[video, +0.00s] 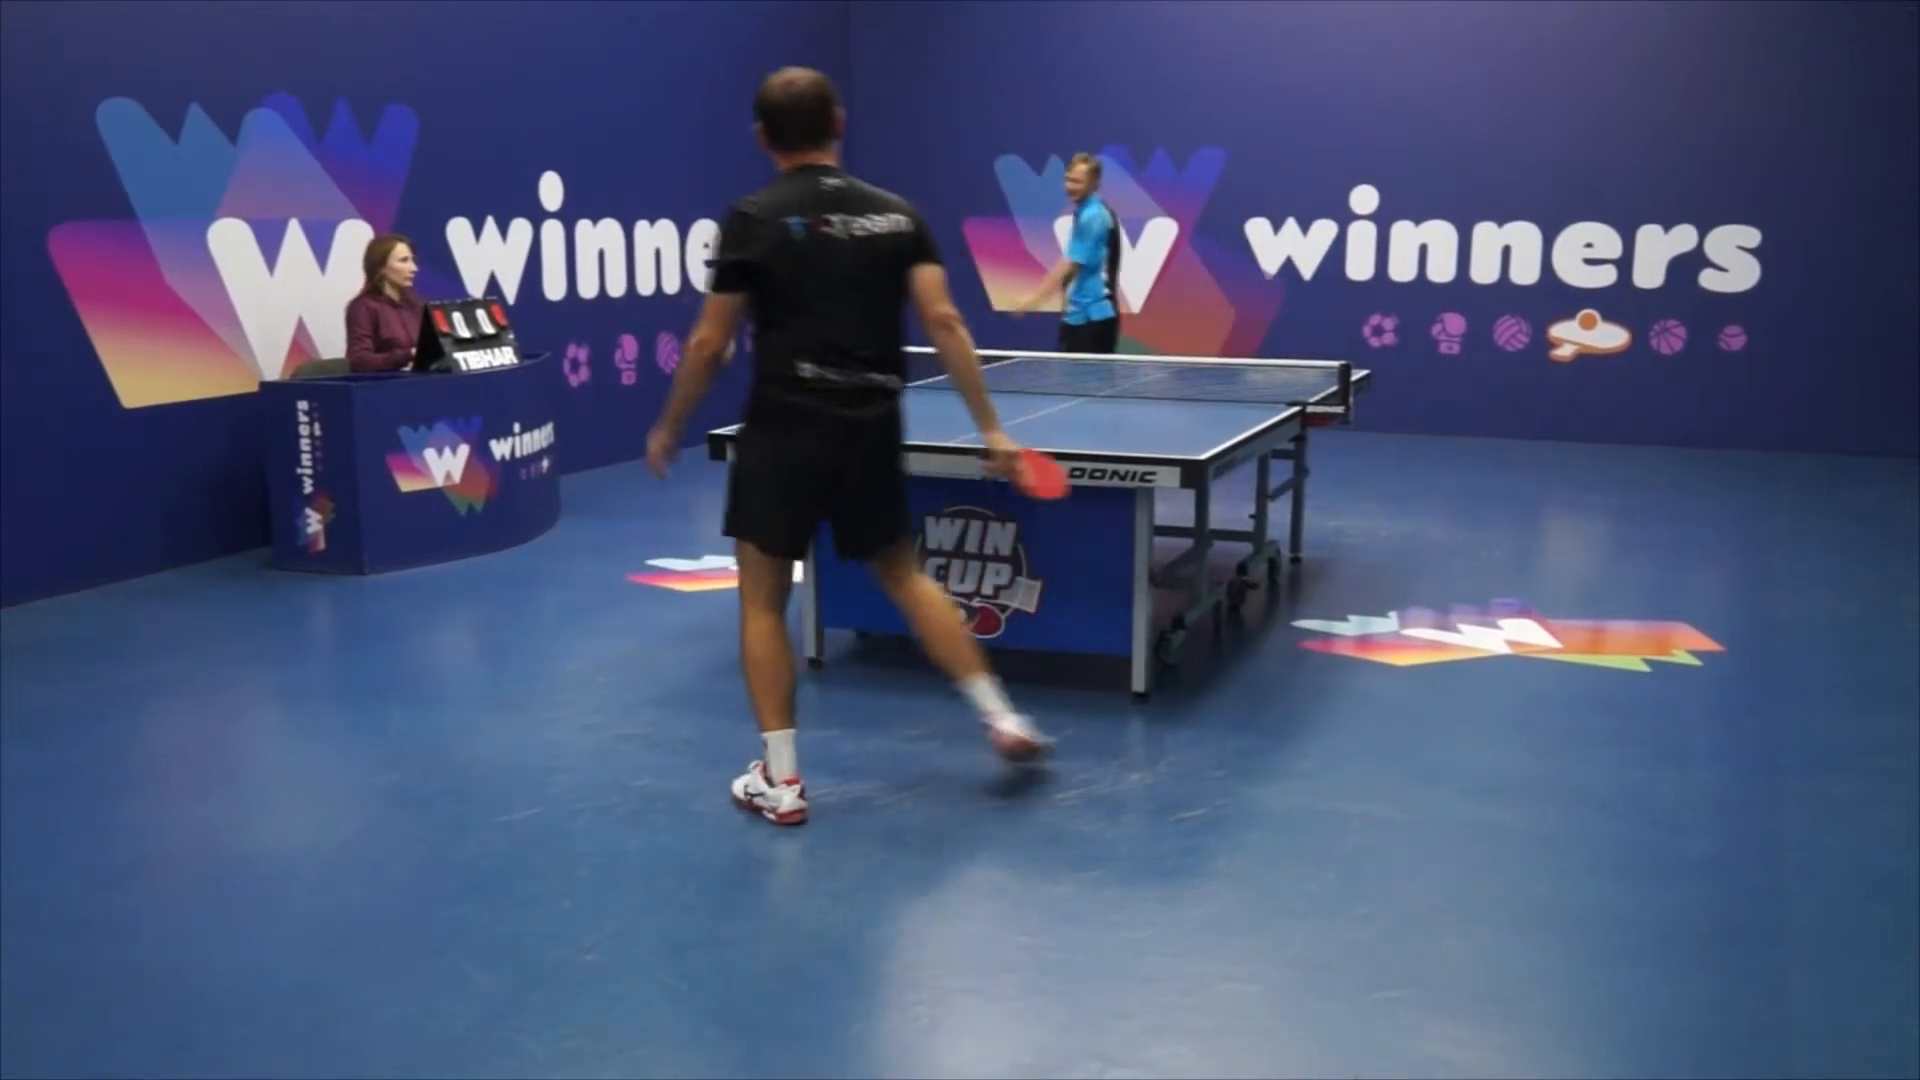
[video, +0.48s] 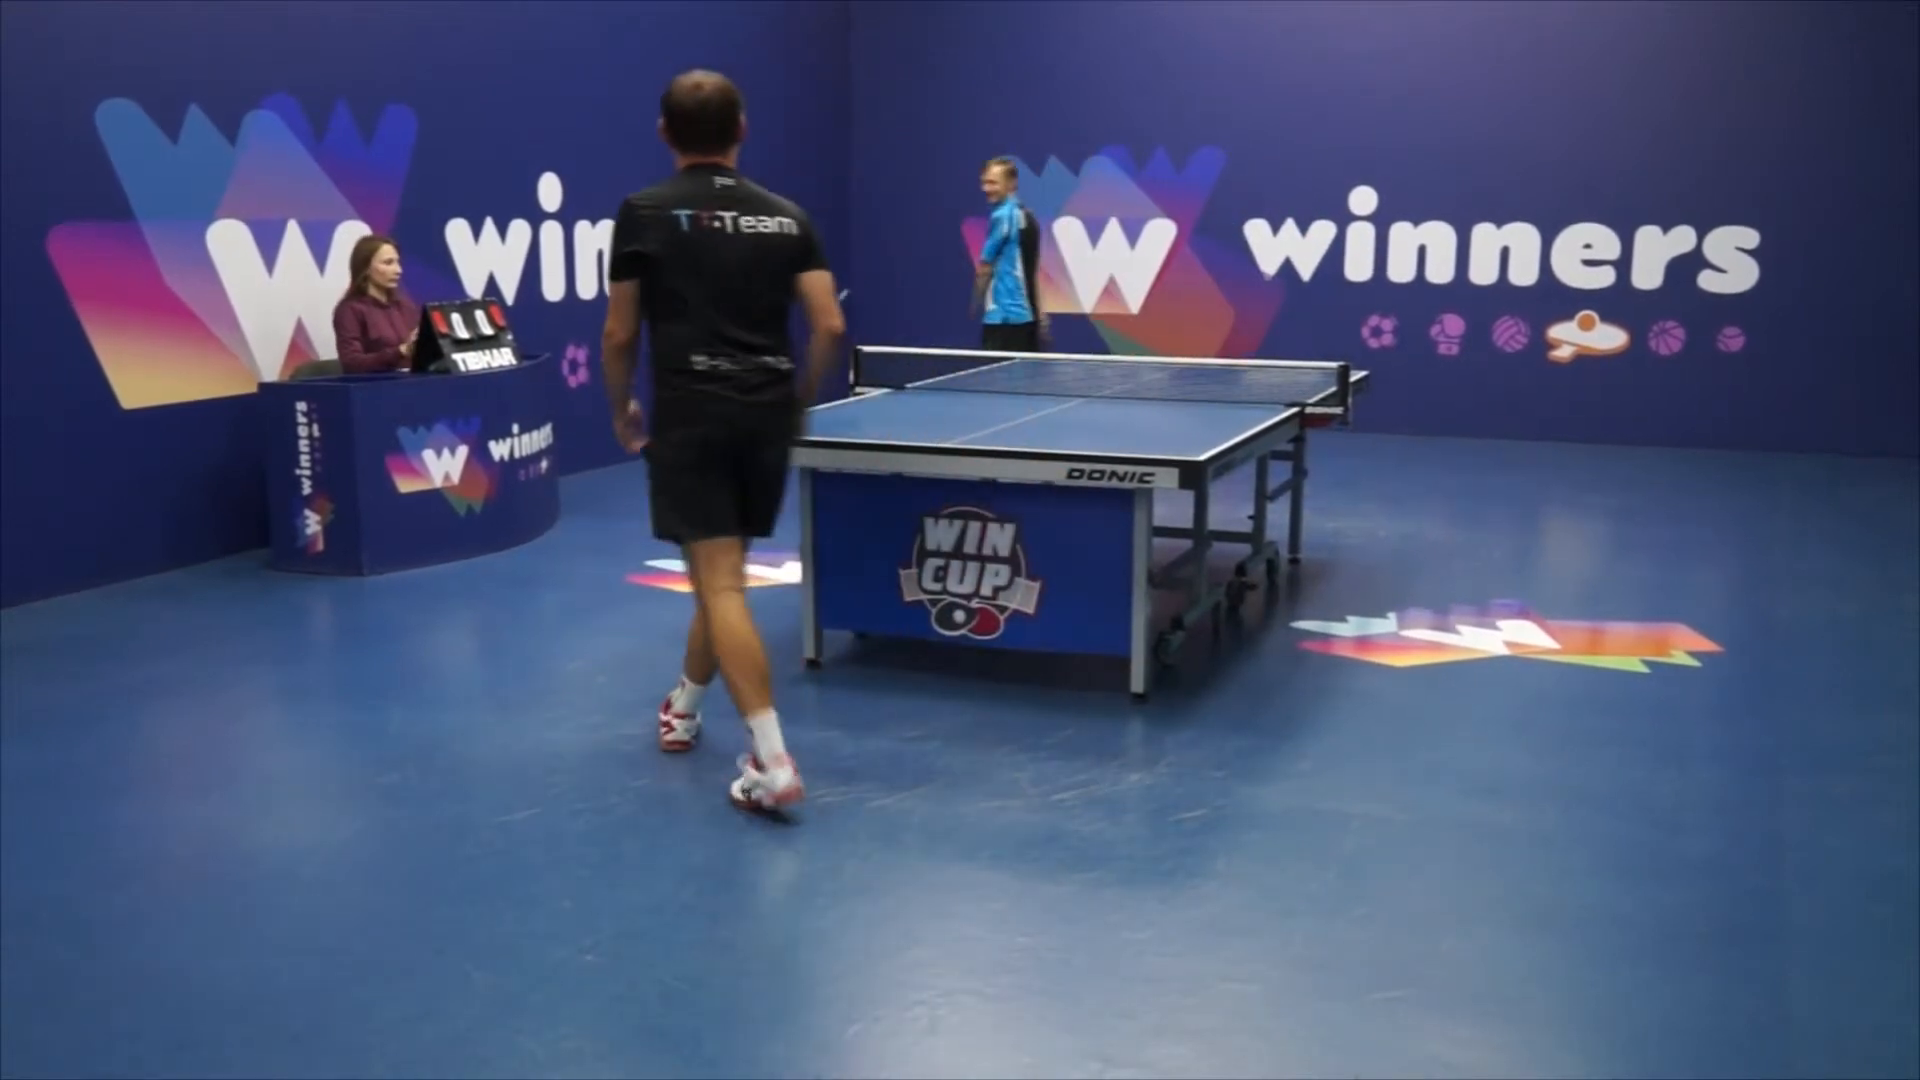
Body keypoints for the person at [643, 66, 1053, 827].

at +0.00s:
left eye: (758, 130)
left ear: (763, 137)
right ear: (837, 128)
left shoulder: (752, 222)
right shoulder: (895, 215)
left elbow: (710, 345)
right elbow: (944, 322)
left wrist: (668, 425)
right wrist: (991, 428)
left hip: (783, 440)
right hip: (872, 439)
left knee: (762, 599)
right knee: (906, 574)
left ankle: (781, 777)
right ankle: (1001, 716)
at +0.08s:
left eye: (737, 120)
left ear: (740, 127)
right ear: (815, 117)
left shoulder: (727, 211)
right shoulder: (872, 206)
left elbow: (686, 330)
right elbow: (919, 316)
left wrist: (654, 402)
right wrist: (960, 423)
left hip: (765, 428)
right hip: (851, 424)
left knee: (761, 598)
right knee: (859, 555)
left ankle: (781, 778)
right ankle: (935, 698)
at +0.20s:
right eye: (788, 105)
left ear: (714, 122)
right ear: (789, 114)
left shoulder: (693, 206)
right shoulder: (842, 202)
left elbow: (657, 323)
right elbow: (884, 316)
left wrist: (644, 379)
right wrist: (909, 424)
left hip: (743, 418)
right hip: (827, 414)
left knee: (759, 591)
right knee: (807, 551)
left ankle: (780, 775)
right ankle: (815, 705)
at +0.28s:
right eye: (773, 110)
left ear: (698, 126)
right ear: (773, 119)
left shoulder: (675, 210)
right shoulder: (823, 206)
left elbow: (642, 330)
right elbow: (865, 320)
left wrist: (639, 377)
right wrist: (873, 420)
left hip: (731, 417)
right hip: (812, 414)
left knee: (755, 597)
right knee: (770, 569)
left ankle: (782, 778)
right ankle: (754, 710)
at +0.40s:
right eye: (749, 122)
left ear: (677, 136)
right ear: (751, 131)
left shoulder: (655, 217)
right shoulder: (797, 213)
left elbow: (627, 338)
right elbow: (843, 322)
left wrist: (635, 396)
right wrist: (826, 413)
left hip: (707, 416)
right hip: (788, 414)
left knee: (742, 590)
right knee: (733, 578)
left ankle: (779, 772)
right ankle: (687, 707)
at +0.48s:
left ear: (668, 135)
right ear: (741, 133)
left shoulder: (643, 215)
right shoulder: (784, 217)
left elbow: (619, 335)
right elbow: (829, 323)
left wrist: (621, 406)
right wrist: (805, 398)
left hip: (689, 414)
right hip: (768, 411)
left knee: (723, 585)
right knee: (721, 573)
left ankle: (774, 762)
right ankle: (682, 710)